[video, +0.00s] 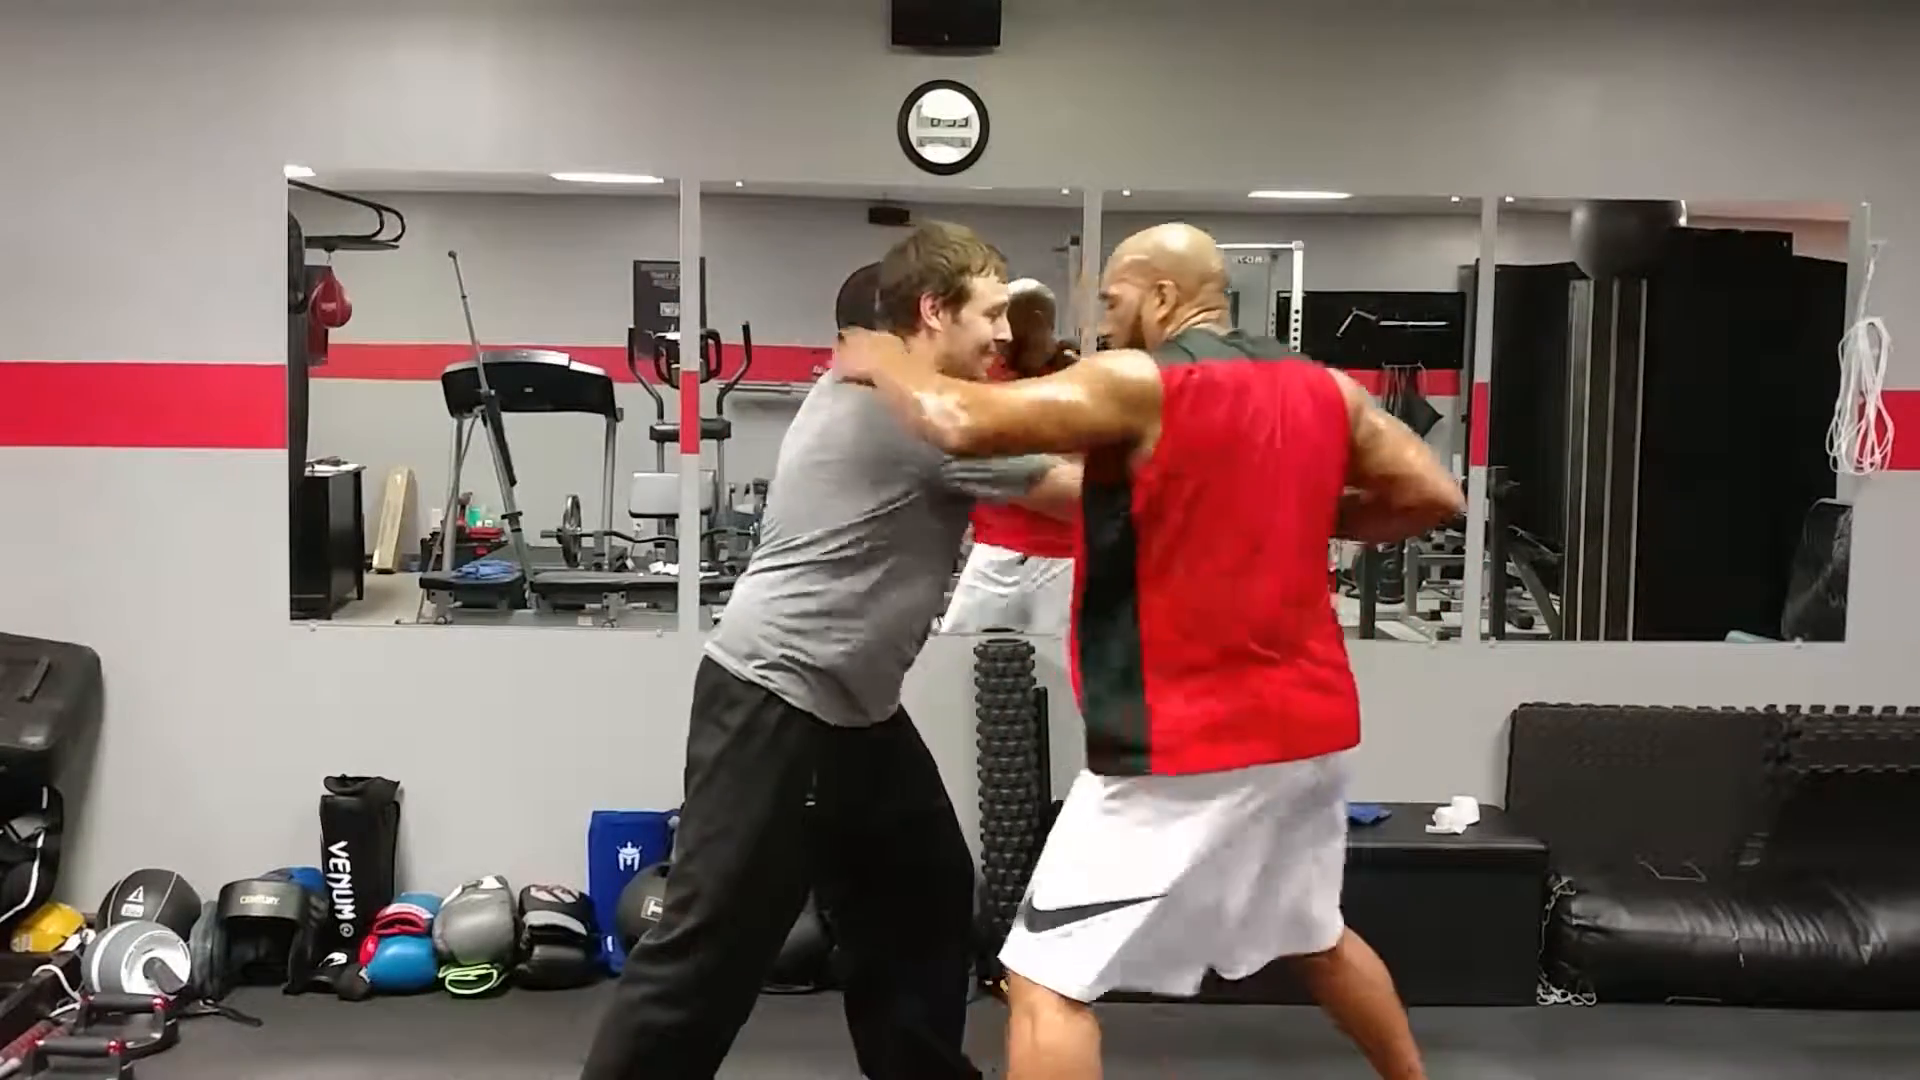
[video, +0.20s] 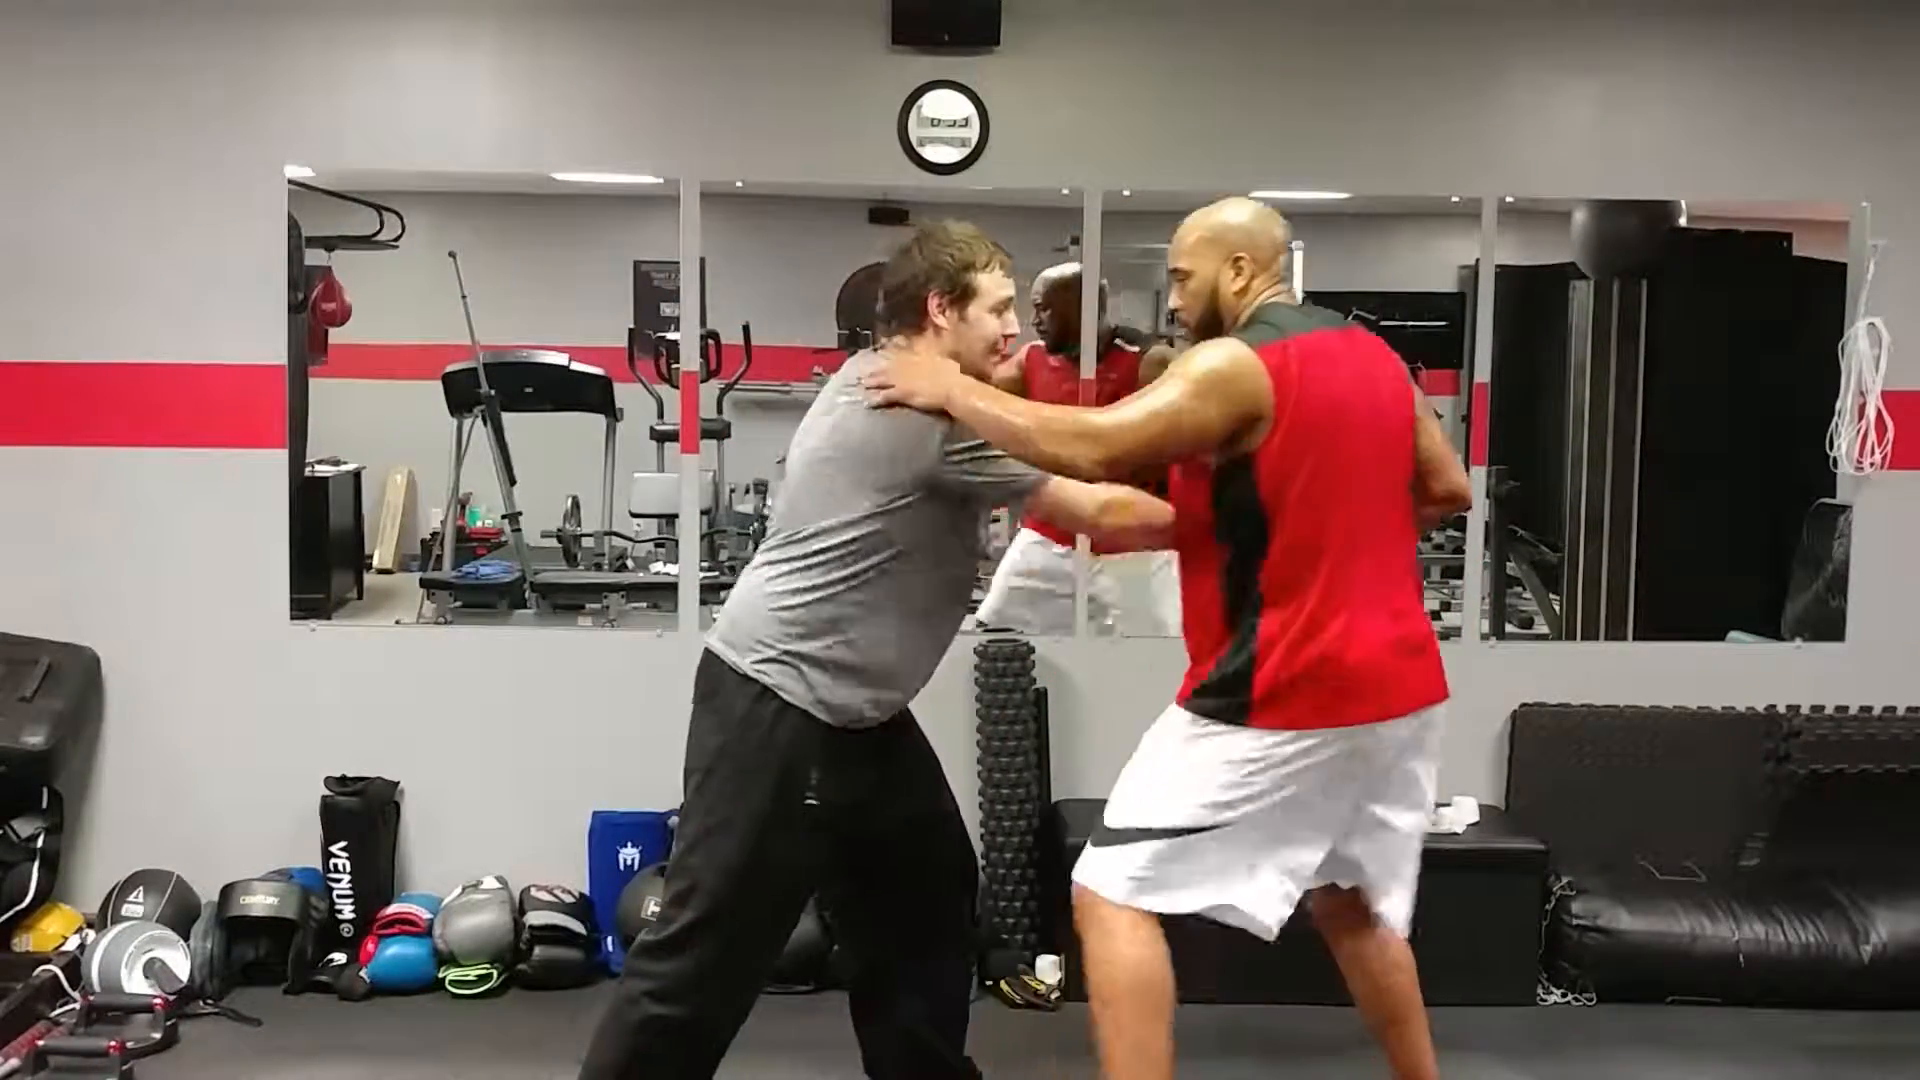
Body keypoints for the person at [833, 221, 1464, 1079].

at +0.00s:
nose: (1101, 322)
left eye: (1112, 303)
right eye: (1101, 303)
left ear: (1165, 298)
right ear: (1208, 302)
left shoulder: (1136, 382)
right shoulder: (1324, 390)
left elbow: (959, 420)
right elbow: (1433, 494)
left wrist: (881, 363)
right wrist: (1308, 508)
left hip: (1177, 748)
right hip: (1315, 731)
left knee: (1044, 980)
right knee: (1317, 935)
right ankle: (1409, 1073)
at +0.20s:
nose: (1172, 298)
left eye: (1182, 277)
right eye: (1171, 278)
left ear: (1241, 271)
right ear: (1269, 273)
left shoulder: (1230, 369)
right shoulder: (1372, 354)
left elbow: (1097, 445)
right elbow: (1449, 486)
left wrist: (952, 388)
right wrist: (1319, 506)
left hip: (1276, 684)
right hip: (1402, 673)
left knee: (1112, 891)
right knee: (1350, 899)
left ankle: (1139, 1073)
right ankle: (1421, 1074)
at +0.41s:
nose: (1207, 280)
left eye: (1221, 261)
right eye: (1207, 262)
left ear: (1283, 259)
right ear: (1301, 263)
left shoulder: (1277, 363)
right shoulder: (1392, 352)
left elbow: (1148, 461)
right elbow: (1441, 496)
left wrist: (978, 445)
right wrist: (1299, 477)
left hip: (1301, 683)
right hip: (1413, 671)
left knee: (1184, 908)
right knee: (1362, 895)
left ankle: (1245, 1076)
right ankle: (1422, 1071)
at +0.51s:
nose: (1211, 277)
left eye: (1226, 257)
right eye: (1212, 258)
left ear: (1290, 258)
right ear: (1306, 263)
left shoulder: (1282, 366)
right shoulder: (1393, 353)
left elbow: (1161, 492)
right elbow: (1430, 513)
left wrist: (997, 539)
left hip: (1310, 688)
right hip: (1410, 679)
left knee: (1205, 917)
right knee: (1356, 904)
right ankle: (1420, 1072)